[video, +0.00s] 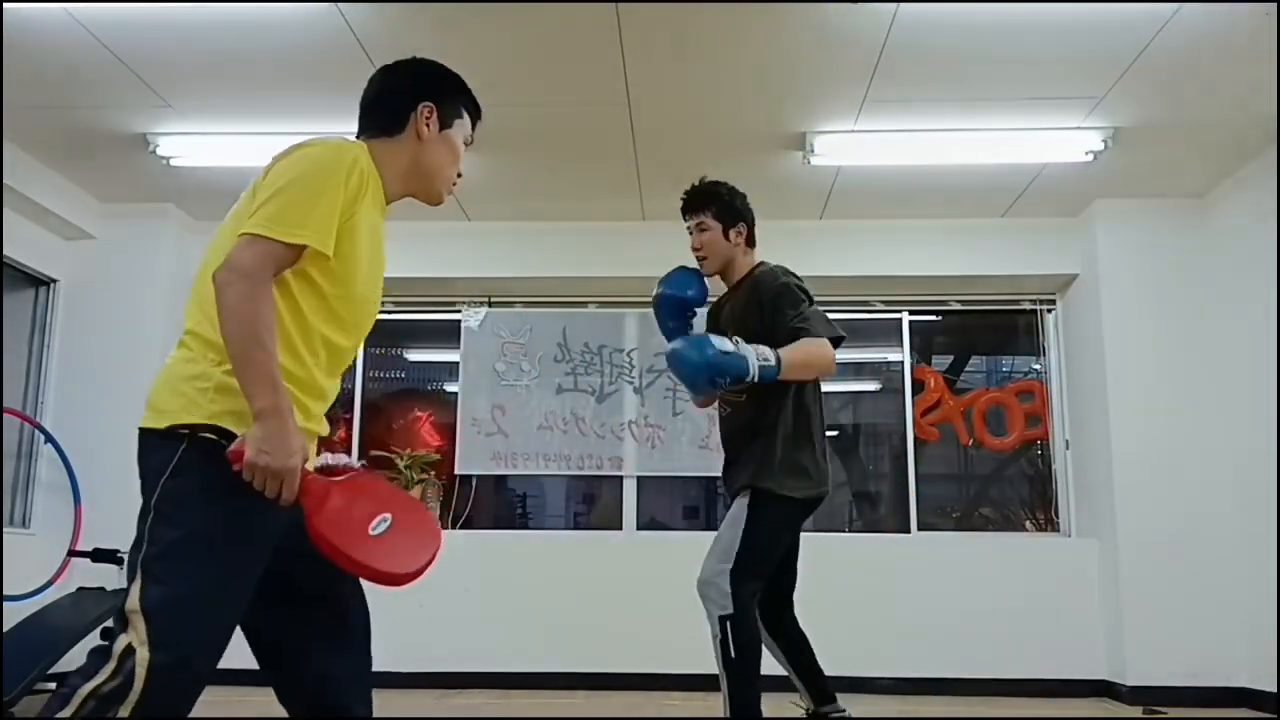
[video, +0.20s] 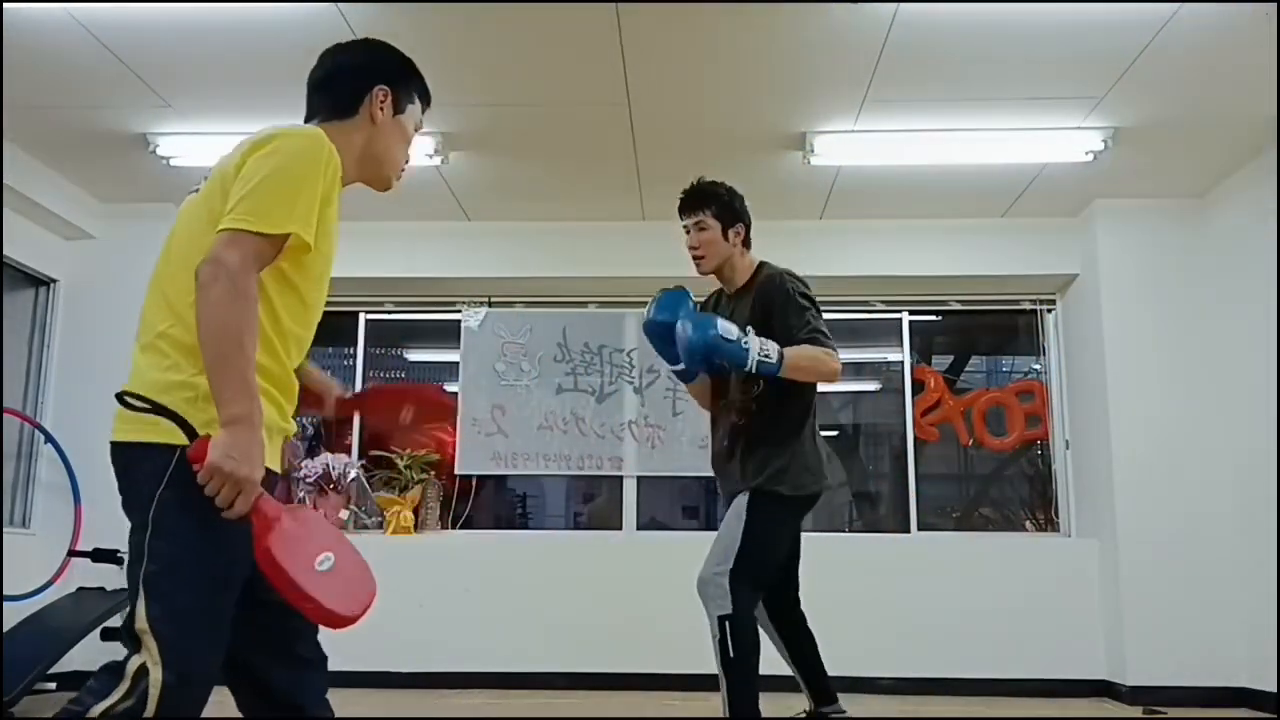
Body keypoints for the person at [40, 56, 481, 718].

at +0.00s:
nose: (464, 164)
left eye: (468, 147)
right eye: (463, 140)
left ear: (416, 123)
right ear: (425, 120)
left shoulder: (361, 213)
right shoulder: (336, 162)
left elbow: (292, 349)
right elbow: (241, 275)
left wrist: (308, 452)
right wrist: (274, 416)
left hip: (271, 458)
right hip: (212, 442)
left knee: (335, 675)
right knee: (155, 670)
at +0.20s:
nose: (412, 151)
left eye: (416, 134)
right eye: (413, 127)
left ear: (364, 106)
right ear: (380, 105)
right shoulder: (304, 152)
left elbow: (235, 306)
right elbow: (225, 271)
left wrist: (304, 376)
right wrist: (239, 427)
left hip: (230, 455)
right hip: (188, 445)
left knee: (286, 675)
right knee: (168, 677)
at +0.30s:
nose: (389, 163)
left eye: (397, 146)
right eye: (393, 139)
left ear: (311, 110)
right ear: (363, 113)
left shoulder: (240, 170)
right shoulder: (296, 156)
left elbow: (237, 294)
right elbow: (230, 277)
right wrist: (248, 435)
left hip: (215, 462)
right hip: (196, 460)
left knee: (304, 674)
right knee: (182, 688)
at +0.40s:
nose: (379, 164)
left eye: (384, 146)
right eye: (381, 140)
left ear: (294, 112)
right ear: (352, 115)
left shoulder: (231, 177)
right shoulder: (289, 160)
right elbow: (244, 292)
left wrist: (341, 219)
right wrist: (280, 447)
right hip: (205, 464)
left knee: (323, 670)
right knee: (198, 687)